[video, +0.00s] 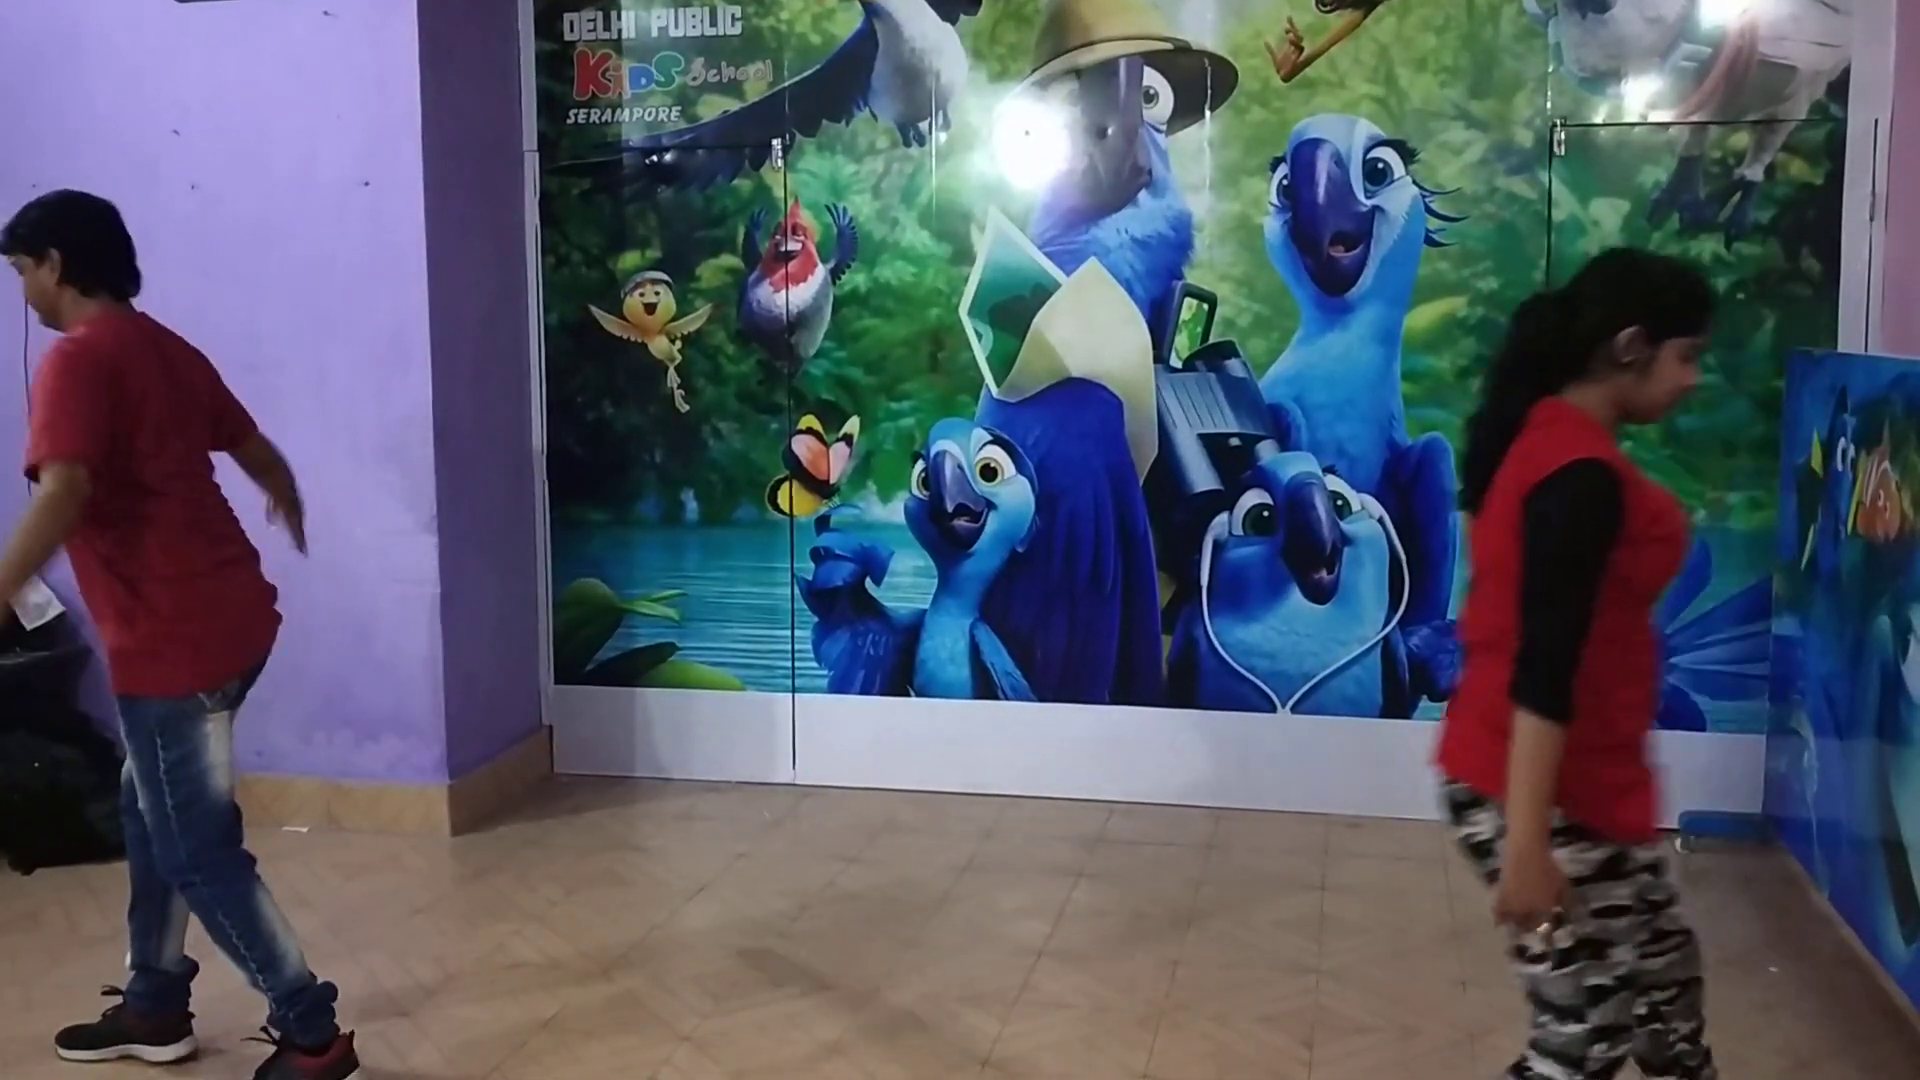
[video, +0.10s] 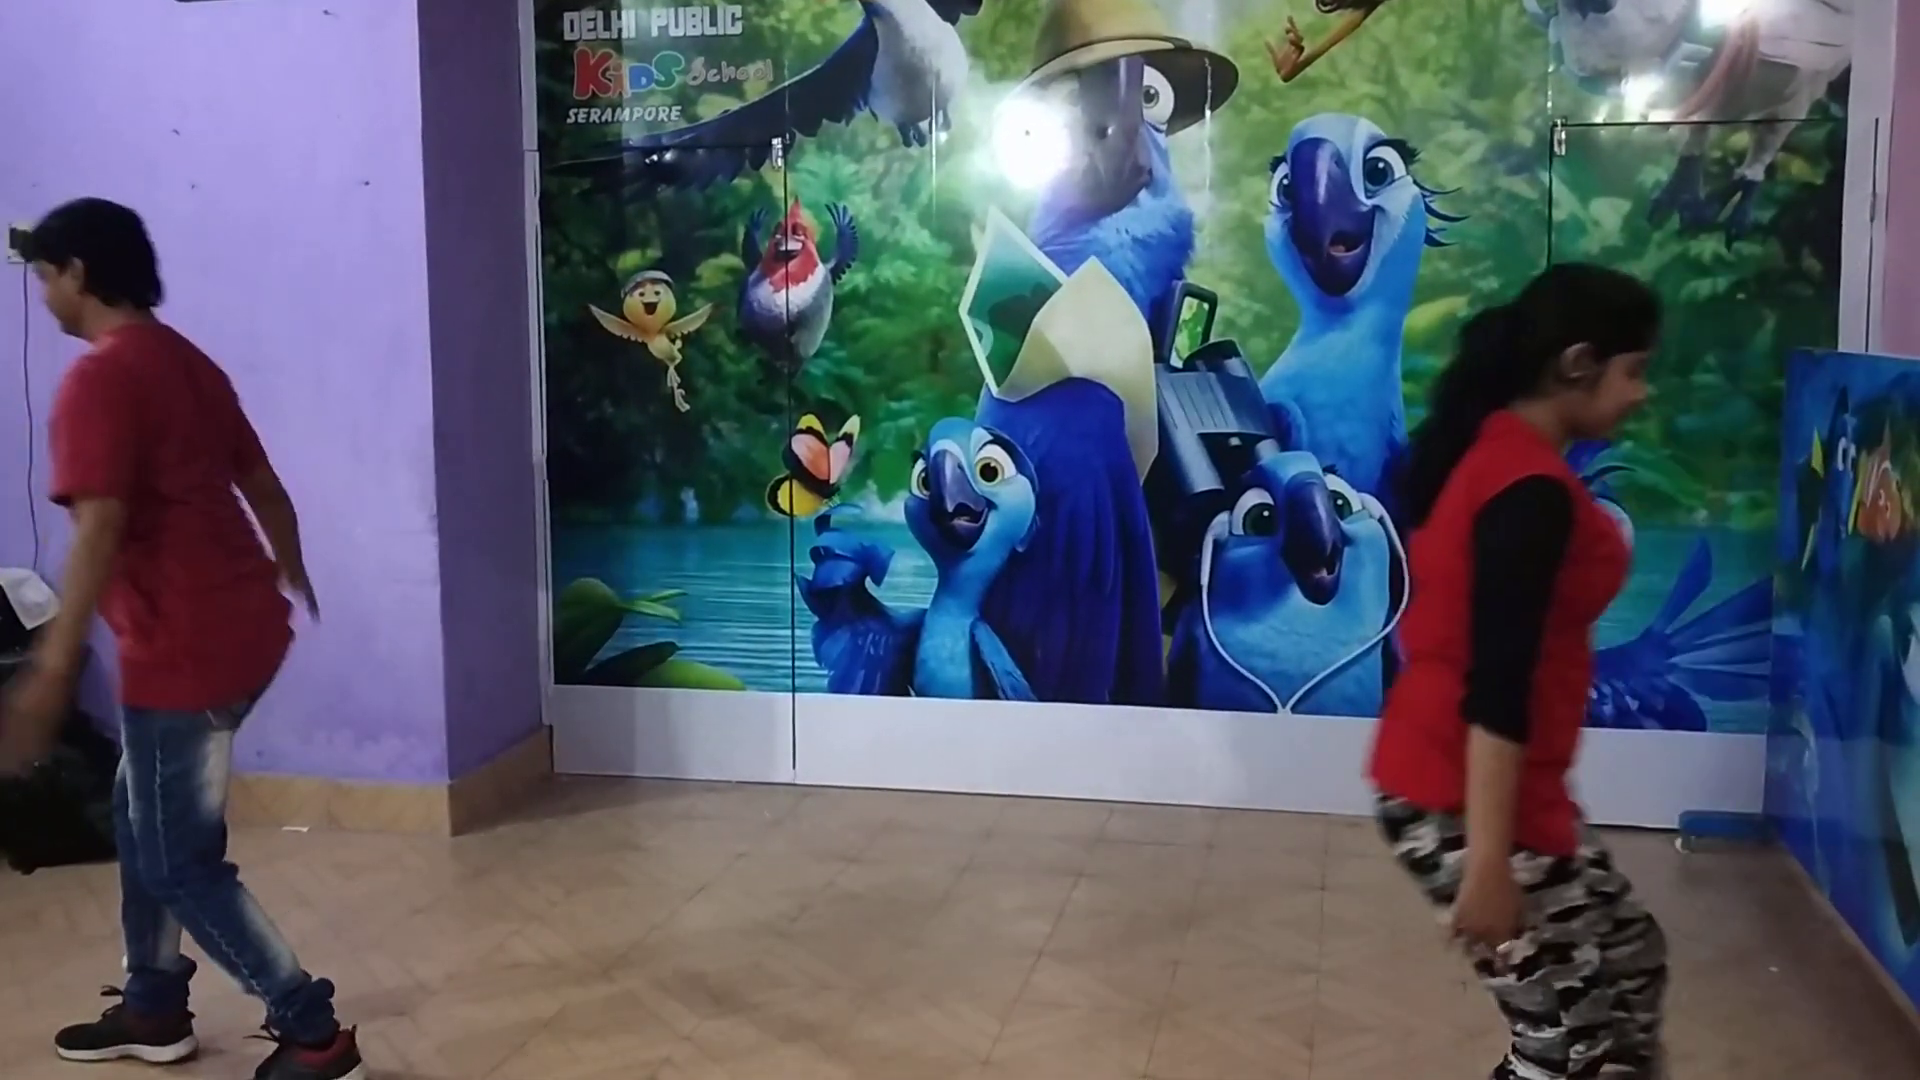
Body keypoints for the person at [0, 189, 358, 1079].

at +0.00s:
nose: (19, 287)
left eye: (22, 269)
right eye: (17, 270)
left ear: (54, 266)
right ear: (96, 265)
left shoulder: (75, 361)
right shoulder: (168, 346)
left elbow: (66, 489)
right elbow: (251, 445)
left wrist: (6, 584)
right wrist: (287, 495)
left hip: (167, 643)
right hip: (234, 619)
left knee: (201, 853)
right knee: (149, 815)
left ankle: (313, 1031)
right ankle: (154, 1009)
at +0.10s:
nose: (40, 291)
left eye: (43, 274)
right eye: (38, 275)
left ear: (76, 273)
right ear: (121, 271)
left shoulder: (100, 375)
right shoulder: (188, 360)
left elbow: (99, 524)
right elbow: (263, 483)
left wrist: (53, 663)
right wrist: (292, 568)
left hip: (180, 649)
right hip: (242, 628)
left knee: (186, 864)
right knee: (144, 818)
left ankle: (313, 1030)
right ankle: (153, 1009)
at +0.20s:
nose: (75, 303)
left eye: (80, 286)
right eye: (74, 286)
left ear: (116, 286)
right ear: (162, 284)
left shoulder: (135, 392)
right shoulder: (222, 376)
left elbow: (143, 549)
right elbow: (282, 515)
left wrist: (124, 698)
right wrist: (306, 621)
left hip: (203, 659)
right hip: (260, 644)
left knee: (176, 872)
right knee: (156, 827)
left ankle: (314, 1029)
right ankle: (154, 1009)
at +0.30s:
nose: (114, 312)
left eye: (120, 294)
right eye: (114, 295)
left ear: (154, 294)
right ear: (190, 293)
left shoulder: (174, 400)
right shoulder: (262, 382)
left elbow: (196, 563)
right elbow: (307, 534)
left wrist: (197, 722)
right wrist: (333, 667)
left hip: (247, 673)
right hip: (299, 662)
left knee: (208, 864)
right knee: (196, 823)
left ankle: (321, 1036)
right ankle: (156, 998)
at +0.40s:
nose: (163, 318)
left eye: (168, 300)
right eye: (163, 301)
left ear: (204, 300)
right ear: (243, 298)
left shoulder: (220, 408)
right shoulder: (311, 387)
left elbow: (253, 566)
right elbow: (355, 539)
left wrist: (273, 724)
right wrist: (381, 682)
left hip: (294, 688)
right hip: (352, 669)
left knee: (221, 870)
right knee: (232, 830)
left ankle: (322, 1038)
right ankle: (242, 998)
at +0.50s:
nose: (219, 319)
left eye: (226, 301)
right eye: (219, 302)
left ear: (265, 302)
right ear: (300, 300)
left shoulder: (281, 410)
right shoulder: (361, 388)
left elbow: (323, 568)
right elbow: (411, 541)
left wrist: (357, 723)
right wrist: (433, 689)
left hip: (345, 688)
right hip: (408, 671)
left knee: (244, 858)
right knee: (311, 824)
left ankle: (325, 1037)